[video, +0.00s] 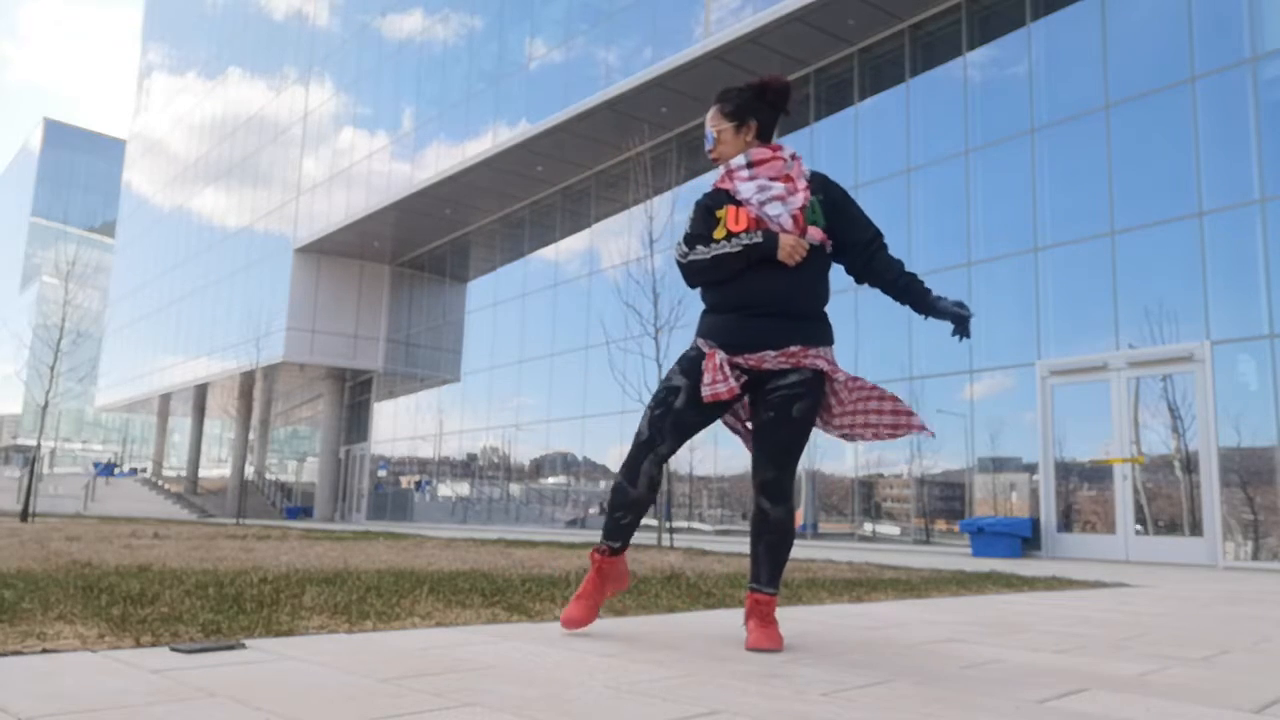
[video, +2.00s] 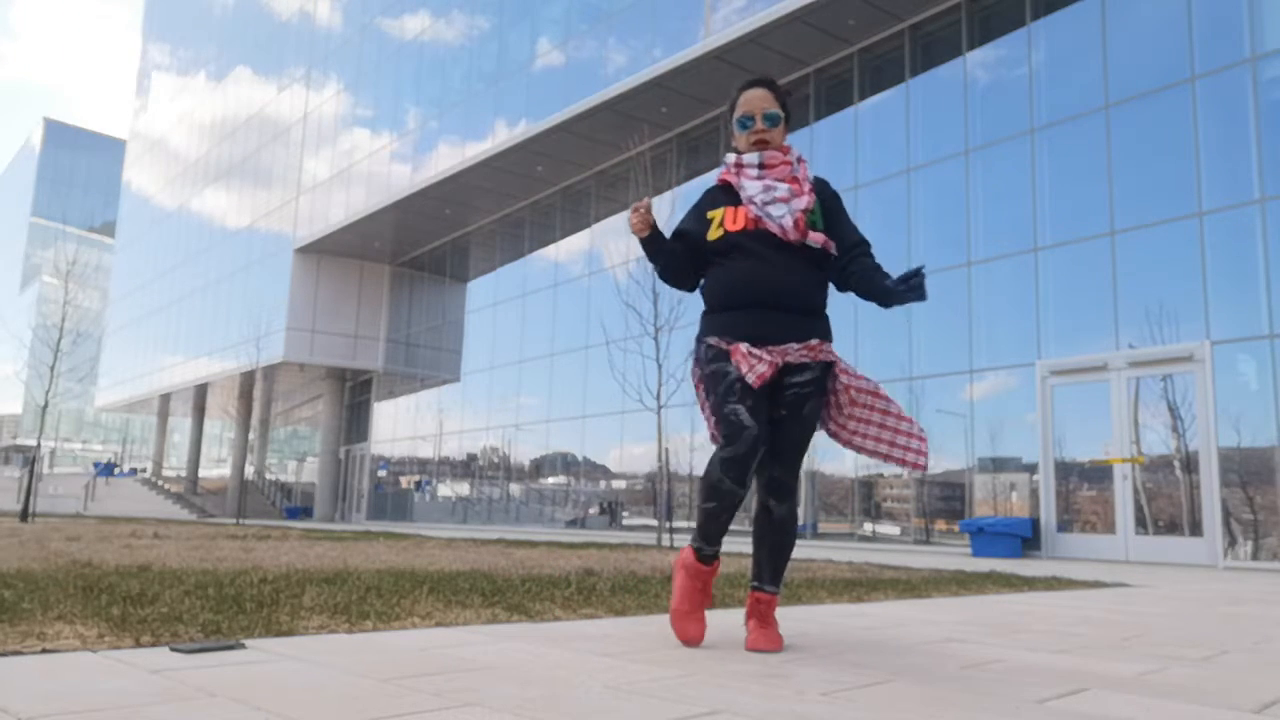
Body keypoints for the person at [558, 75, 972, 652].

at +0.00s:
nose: (709, 148)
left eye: (715, 136)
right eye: (708, 138)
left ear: (750, 132)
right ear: (733, 134)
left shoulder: (817, 194)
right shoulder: (716, 200)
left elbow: (871, 259)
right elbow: (690, 264)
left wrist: (931, 303)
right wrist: (765, 243)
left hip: (792, 359)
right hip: (716, 354)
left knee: (773, 484)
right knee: (650, 441)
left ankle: (762, 608)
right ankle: (607, 562)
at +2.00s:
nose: (760, 129)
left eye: (770, 118)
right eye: (747, 121)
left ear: (787, 128)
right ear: (732, 134)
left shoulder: (818, 195)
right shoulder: (716, 199)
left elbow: (852, 261)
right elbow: (685, 274)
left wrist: (887, 290)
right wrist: (651, 237)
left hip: (802, 350)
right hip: (728, 348)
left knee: (780, 480)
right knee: (743, 440)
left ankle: (763, 608)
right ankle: (698, 567)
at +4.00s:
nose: (750, 173)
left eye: (753, 163)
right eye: (741, 162)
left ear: (746, 163)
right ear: (705, 160)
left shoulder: (745, 227)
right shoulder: (653, 214)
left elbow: (733, 285)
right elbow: (584, 233)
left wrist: (639, 276)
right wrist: (617, 177)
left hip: (725, 366)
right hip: (654, 368)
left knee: (784, 479)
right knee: (656, 484)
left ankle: (853, 593)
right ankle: (668, 601)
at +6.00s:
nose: (685, 159)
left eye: (696, 150)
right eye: (672, 150)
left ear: (709, 159)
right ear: (653, 161)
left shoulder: (715, 211)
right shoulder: (635, 221)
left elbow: (700, 269)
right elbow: (579, 236)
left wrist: (624, 278)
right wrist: (618, 181)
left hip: (701, 362)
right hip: (640, 370)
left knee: (676, 454)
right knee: (640, 478)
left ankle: (740, 566)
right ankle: (664, 597)